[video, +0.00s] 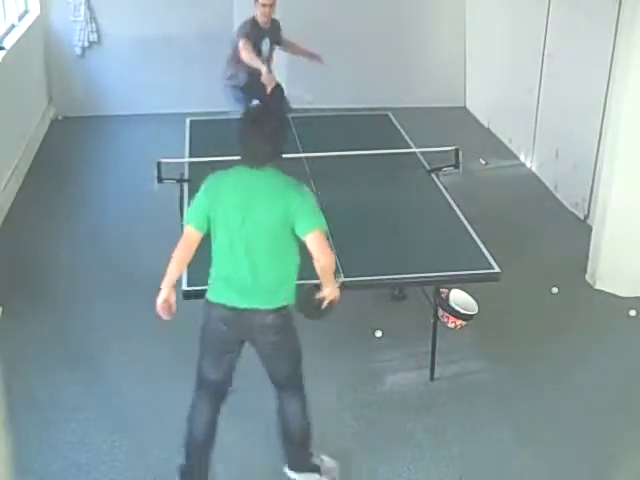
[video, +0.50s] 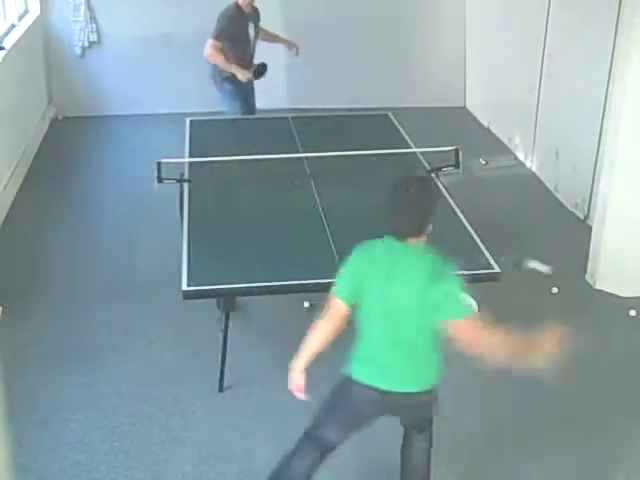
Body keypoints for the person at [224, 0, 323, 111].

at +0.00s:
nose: (267, 10)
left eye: (271, 6)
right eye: (263, 6)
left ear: (274, 8)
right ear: (256, 6)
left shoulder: (274, 26)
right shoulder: (247, 27)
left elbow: (283, 44)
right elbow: (245, 53)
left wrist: (307, 55)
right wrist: (264, 68)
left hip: (260, 81)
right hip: (235, 82)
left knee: (281, 109)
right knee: (243, 112)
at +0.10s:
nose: (264, 3)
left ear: (270, 3)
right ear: (252, 2)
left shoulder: (268, 20)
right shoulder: (245, 19)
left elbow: (270, 42)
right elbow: (250, 48)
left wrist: (297, 52)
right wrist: (268, 70)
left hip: (255, 79)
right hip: (232, 80)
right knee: (237, 119)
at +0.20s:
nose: (263, 0)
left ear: (265, 1)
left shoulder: (262, 13)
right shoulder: (242, 14)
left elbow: (261, 36)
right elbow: (247, 52)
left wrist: (287, 49)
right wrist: (269, 77)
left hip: (250, 76)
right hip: (228, 77)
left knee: (272, 113)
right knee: (236, 120)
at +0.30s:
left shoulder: (258, 10)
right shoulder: (237, 12)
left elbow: (258, 33)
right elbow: (236, 52)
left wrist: (282, 46)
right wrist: (263, 75)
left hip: (248, 75)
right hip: (226, 76)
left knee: (266, 115)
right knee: (236, 119)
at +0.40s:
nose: (256, 0)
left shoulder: (256, 12)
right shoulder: (233, 13)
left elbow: (256, 32)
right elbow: (222, 51)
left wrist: (283, 42)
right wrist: (252, 72)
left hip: (247, 76)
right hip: (227, 76)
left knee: (259, 118)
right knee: (239, 118)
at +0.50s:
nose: (253, 3)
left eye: (254, 1)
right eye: (250, 0)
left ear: (253, 1)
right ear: (241, 0)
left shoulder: (254, 12)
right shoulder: (228, 15)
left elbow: (257, 32)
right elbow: (211, 52)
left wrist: (285, 42)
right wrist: (238, 70)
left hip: (246, 76)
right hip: (226, 77)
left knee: (250, 118)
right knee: (237, 119)